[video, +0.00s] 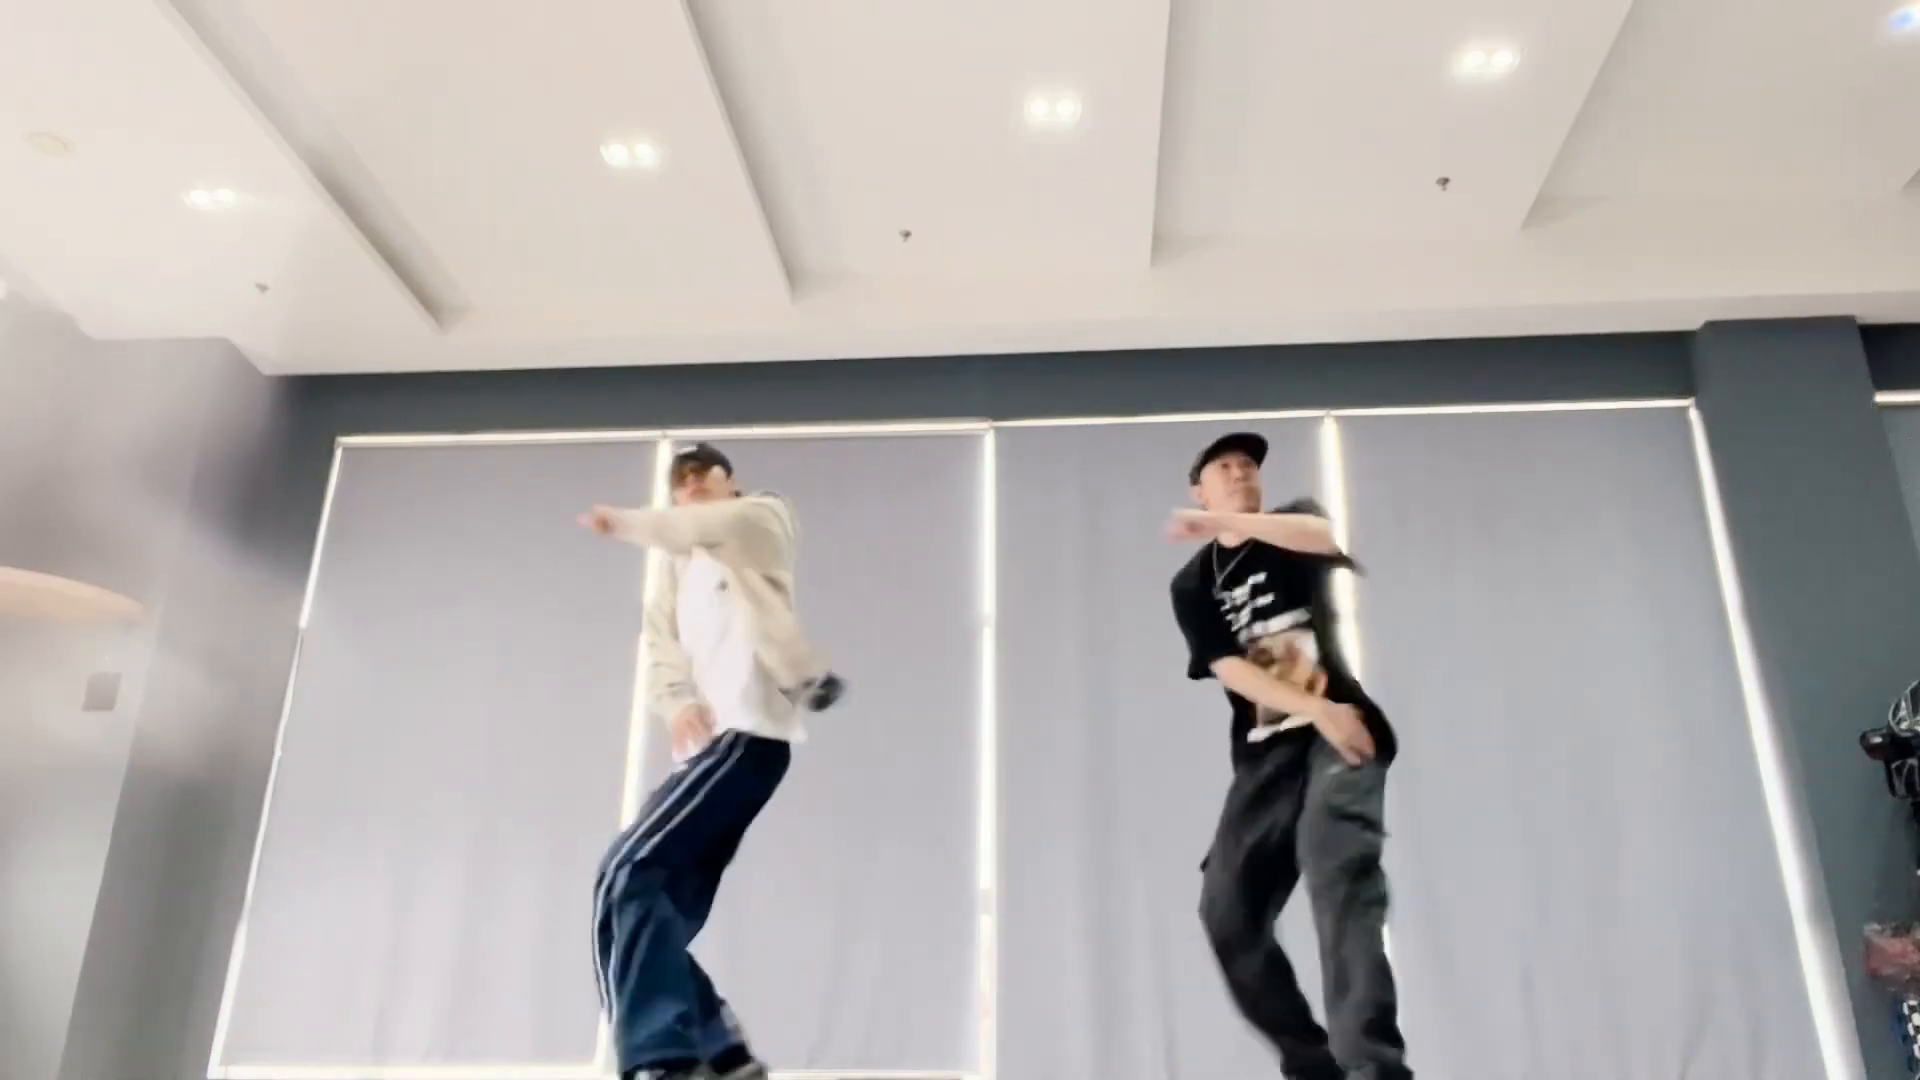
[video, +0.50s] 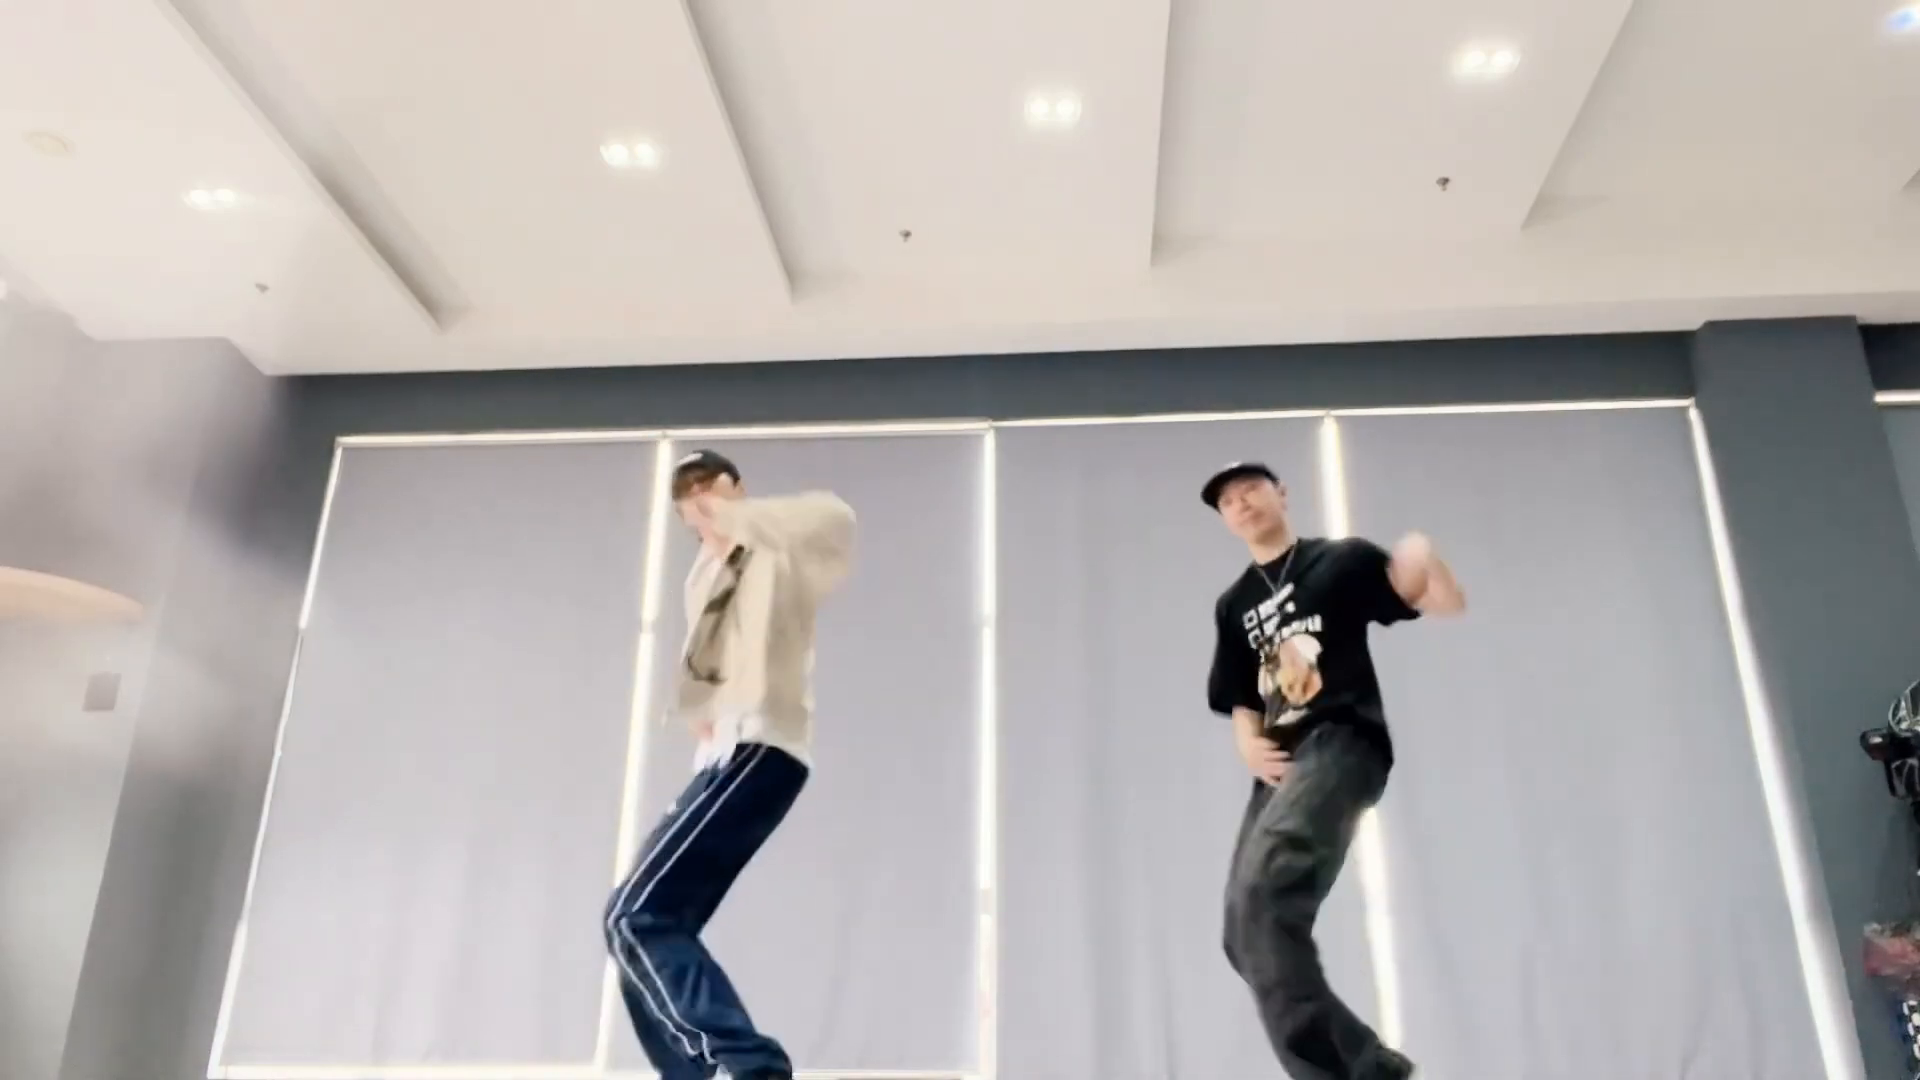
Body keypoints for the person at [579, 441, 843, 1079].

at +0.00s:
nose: (692, 488)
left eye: (703, 475)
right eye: (681, 484)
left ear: (731, 479)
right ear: (670, 497)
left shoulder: (769, 518)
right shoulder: (671, 551)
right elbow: (660, 637)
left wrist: (627, 523)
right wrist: (678, 703)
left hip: (752, 737)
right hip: (710, 741)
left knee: (634, 870)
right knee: (620, 882)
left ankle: (663, 1058)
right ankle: (715, 1048)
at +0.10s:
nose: (716, 482)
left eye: (727, 469)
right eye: (703, 478)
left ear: (752, 475)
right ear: (692, 495)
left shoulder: (775, 521)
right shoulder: (675, 548)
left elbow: (681, 534)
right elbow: (664, 640)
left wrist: (553, 539)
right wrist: (703, 707)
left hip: (742, 748)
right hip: (671, 749)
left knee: (651, 880)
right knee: (681, 917)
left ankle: (598, 1049)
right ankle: (730, 1044)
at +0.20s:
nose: (713, 489)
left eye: (723, 476)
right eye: (700, 486)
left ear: (751, 483)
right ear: (692, 502)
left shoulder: (774, 530)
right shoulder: (689, 571)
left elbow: (703, 541)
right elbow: (648, 669)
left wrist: (592, 538)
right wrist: (705, 706)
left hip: (747, 756)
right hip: (680, 766)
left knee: (678, 865)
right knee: (706, 918)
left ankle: (595, 1035)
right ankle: (706, 1069)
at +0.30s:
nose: (692, 503)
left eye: (703, 489)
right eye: (681, 499)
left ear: (734, 495)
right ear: (673, 516)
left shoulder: (760, 541)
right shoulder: (682, 599)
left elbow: (801, 529)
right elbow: (649, 678)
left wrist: (687, 530)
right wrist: (696, 714)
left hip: (763, 746)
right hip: (722, 756)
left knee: (638, 859)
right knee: (635, 879)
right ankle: (674, 1057)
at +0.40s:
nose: (681, 515)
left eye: (692, 501)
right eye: (669, 512)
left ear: (723, 507)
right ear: (666, 535)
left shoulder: (766, 570)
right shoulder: (688, 598)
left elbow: (869, 572)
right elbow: (674, 682)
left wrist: (773, 549)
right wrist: (679, 730)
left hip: (756, 768)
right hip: (717, 776)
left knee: (636, 926)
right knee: (632, 936)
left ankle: (756, 1047)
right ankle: (696, 1070)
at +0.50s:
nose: (698, 508)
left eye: (705, 491)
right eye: (686, 502)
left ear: (735, 486)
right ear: (683, 514)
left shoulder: (787, 545)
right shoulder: (712, 574)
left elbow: (836, 519)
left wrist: (731, 521)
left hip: (764, 752)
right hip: (723, 756)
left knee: (640, 912)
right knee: (623, 919)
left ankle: (746, 1064)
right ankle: (692, 1072)